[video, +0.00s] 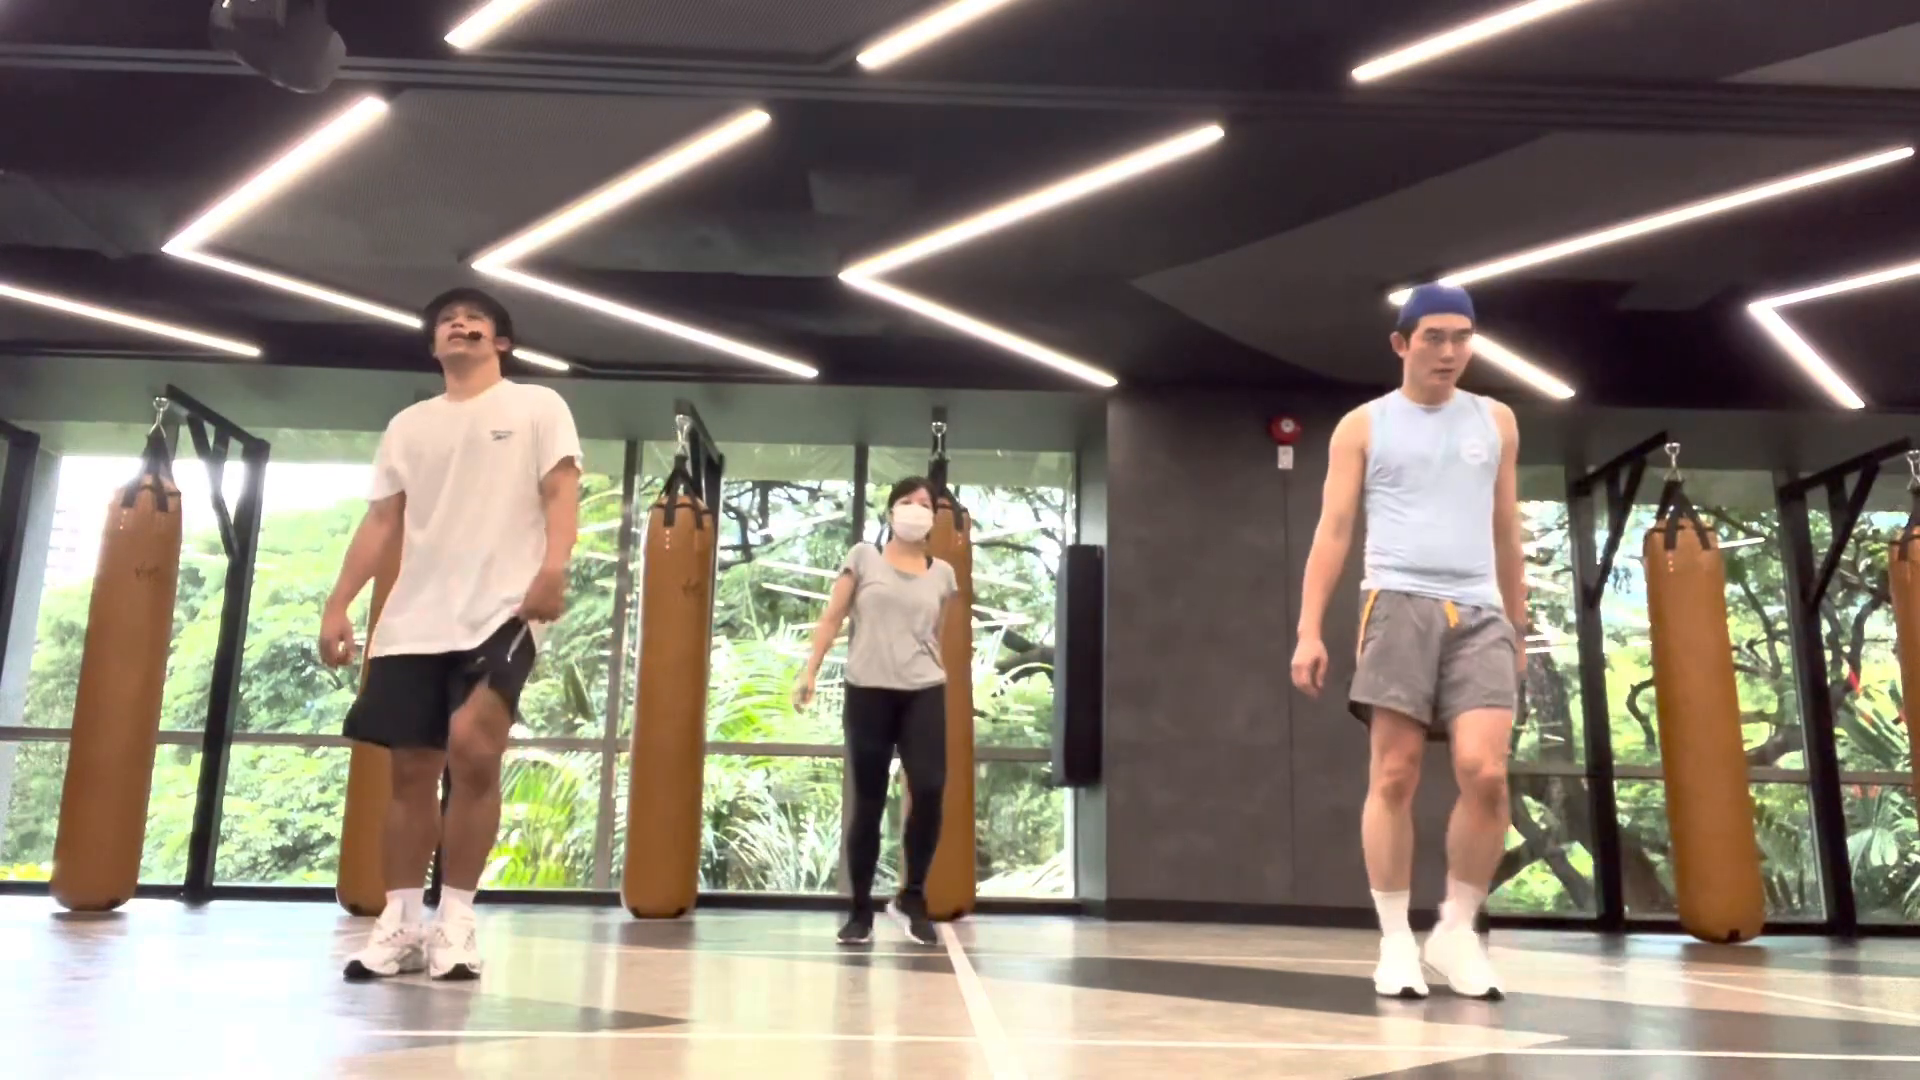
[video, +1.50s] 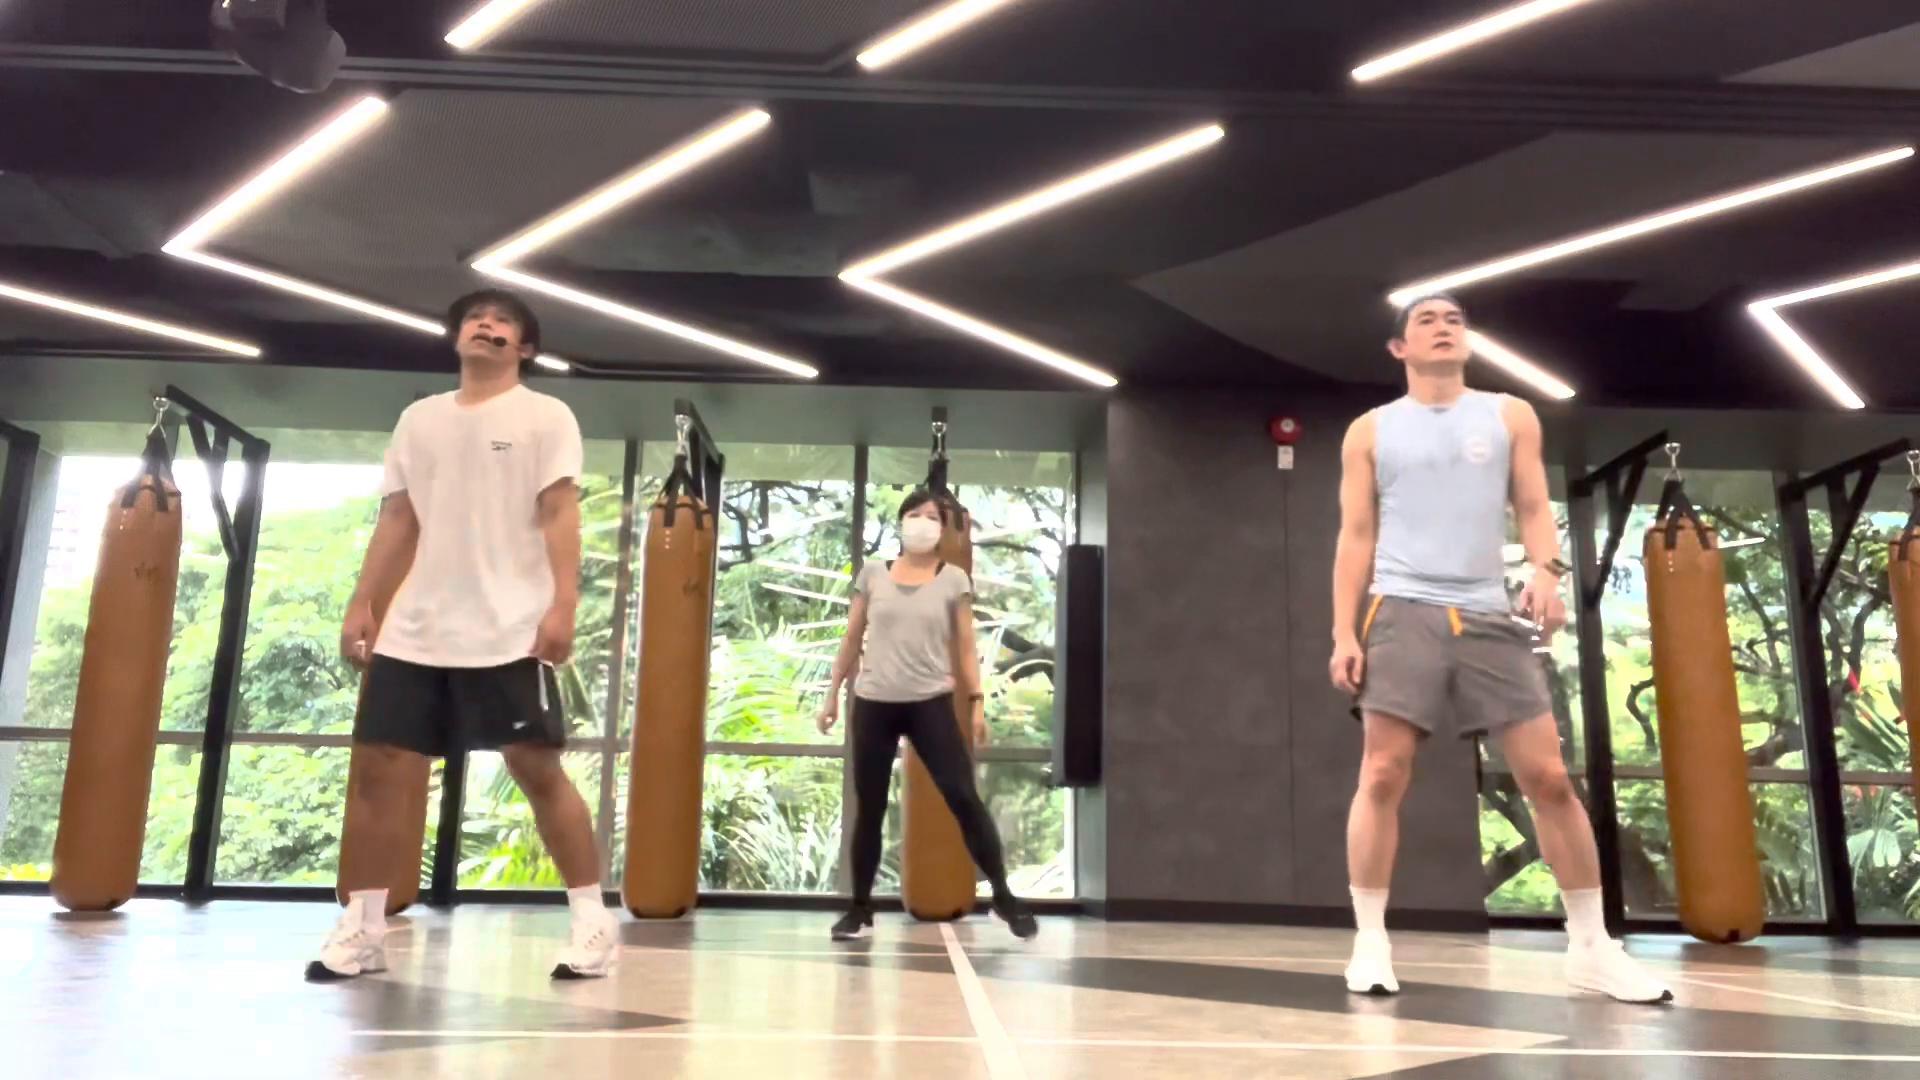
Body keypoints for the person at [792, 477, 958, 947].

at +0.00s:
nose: (917, 512)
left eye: (926, 507)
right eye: (908, 504)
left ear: (935, 520)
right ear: (890, 515)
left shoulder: (943, 574)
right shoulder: (864, 557)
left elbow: (948, 639)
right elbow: (832, 618)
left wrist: (953, 694)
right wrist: (809, 673)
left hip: (925, 692)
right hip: (867, 691)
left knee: (930, 789)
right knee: (867, 801)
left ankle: (913, 895)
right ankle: (860, 911)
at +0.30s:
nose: (938, 512)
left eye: (947, 506)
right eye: (928, 504)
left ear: (957, 521)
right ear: (912, 515)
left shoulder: (963, 576)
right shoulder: (886, 560)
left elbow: (964, 640)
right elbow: (855, 623)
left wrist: (964, 695)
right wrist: (848, 683)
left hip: (949, 697)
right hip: (891, 695)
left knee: (989, 799)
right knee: (879, 804)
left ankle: (1023, 897)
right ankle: (861, 912)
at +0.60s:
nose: (992, 509)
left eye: (1000, 503)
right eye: (981, 503)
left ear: (1010, 519)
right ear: (965, 520)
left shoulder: (1026, 572)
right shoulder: (946, 564)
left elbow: (1032, 641)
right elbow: (922, 632)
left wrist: (1041, 698)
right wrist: (911, 692)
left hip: (1009, 702)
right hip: (952, 699)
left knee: (1021, 809)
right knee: (919, 802)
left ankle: (1032, 912)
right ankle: (878, 904)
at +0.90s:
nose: (1002, 518)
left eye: (1011, 512)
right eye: (992, 511)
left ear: (1022, 526)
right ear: (977, 525)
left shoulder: (1038, 574)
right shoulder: (956, 572)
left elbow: (1055, 639)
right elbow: (942, 641)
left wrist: (1071, 690)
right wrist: (939, 700)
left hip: (1026, 702)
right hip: (970, 703)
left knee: (1029, 808)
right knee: (969, 810)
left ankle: (1034, 911)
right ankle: (977, 903)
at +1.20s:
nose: (968, 521)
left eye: (977, 515)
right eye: (960, 514)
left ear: (990, 528)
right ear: (947, 527)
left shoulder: (1011, 570)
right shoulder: (930, 579)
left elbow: (1030, 625)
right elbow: (921, 646)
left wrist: (1031, 672)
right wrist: (916, 706)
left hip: (998, 704)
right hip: (940, 703)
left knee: (1010, 809)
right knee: (902, 800)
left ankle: (1032, 912)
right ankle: (865, 896)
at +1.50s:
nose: (924, 523)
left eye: (934, 518)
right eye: (915, 515)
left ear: (945, 531)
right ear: (900, 526)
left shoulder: (954, 580)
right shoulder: (872, 574)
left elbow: (965, 648)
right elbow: (852, 640)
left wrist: (978, 702)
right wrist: (832, 693)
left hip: (932, 701)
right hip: (873, 702)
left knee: (963, 797)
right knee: (869, 807)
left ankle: (1002, 895)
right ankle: (859, 907)